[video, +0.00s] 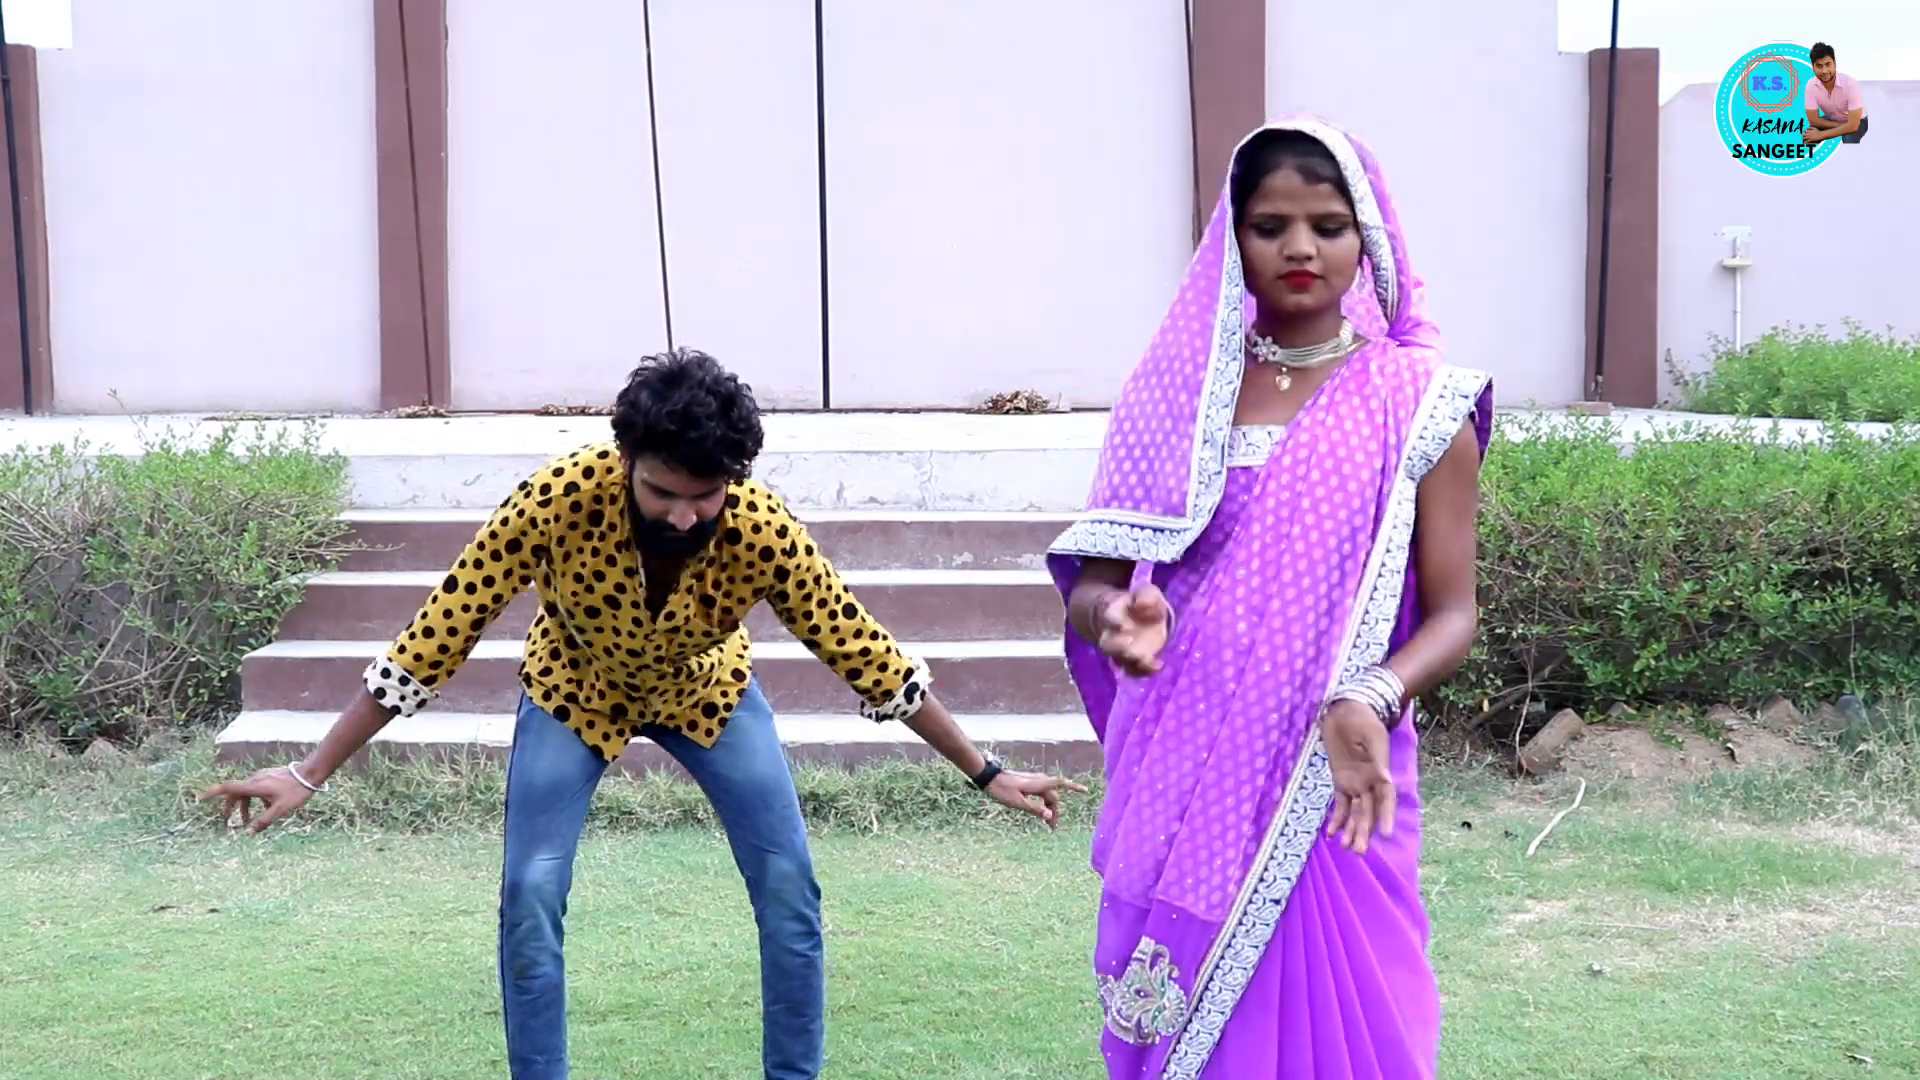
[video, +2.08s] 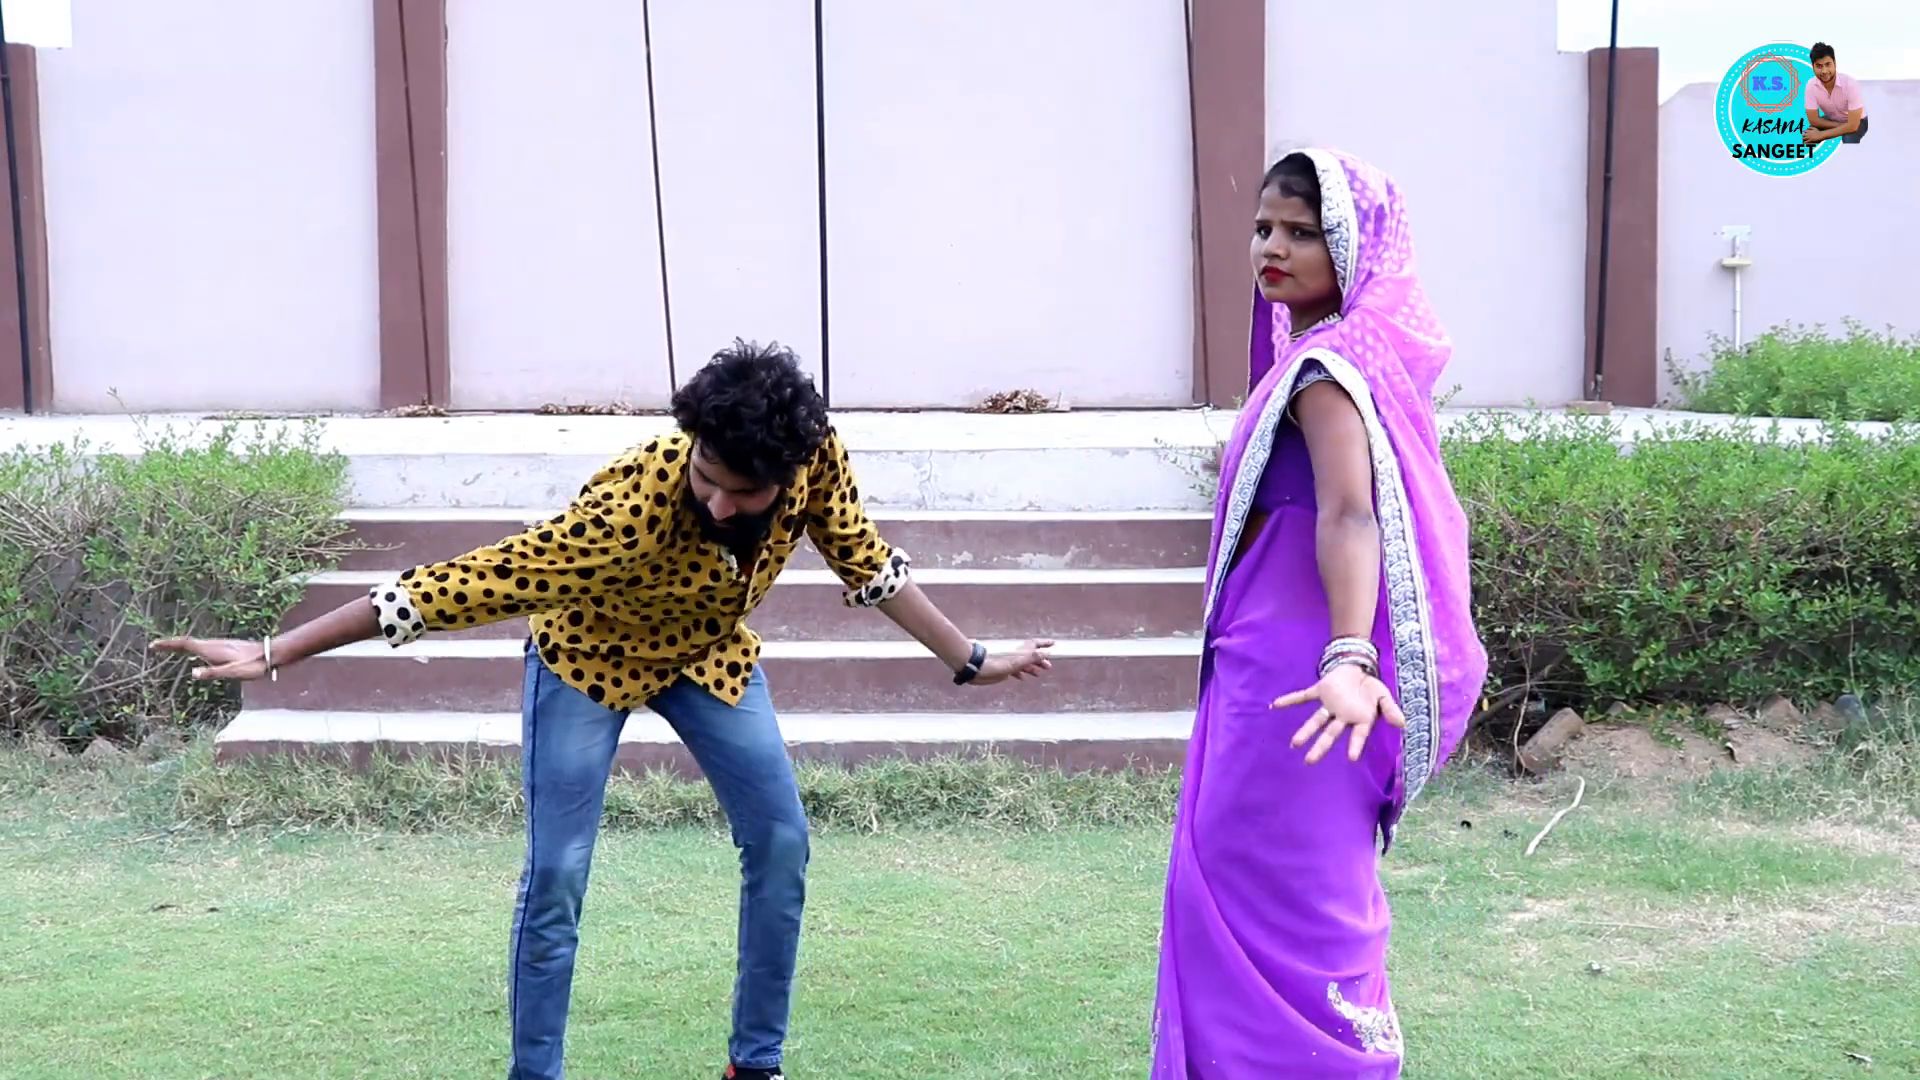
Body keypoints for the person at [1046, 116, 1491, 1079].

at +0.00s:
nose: (1299, 248)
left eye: (1327, 224)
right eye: (1272, 225)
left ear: (1364, 240)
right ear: (1235, 240)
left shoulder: (1420, 400)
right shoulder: (1175, 391)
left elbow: (1454, 612)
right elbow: (1090, 583)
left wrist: (1373, 695)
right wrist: (1115, 615)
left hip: (1327, 791)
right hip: (1177, 781)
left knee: (1331, 1046)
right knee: (1171, 1043)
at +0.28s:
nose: (1315, 260)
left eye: (1345, 235)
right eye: (1294, 236)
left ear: (1405, 236)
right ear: (1272, 238)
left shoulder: (1451, 389)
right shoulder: (1271, 369)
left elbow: (1441, 603)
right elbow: (1223, 526)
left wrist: (1257, 690)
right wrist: (1193, 574)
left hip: (1381, 777)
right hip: (1246, 755)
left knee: (1367, 1036)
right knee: (1238, 1021)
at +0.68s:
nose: (1288, 242)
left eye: (1308, 221)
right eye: (1295, 219)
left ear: (1376, 242)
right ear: (1371, 247)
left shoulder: (1380, 393)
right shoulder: (1432, 368)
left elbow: (1386, 615)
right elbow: (1345, 549)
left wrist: (1364, 813)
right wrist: (1216, 503)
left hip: (1346, 776)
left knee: (1351, 1034)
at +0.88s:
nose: (1293, 252)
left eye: (1310, 233)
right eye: (1298, 231)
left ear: (1373, 248)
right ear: (1384, 251)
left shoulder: (1369, 393)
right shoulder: (1443, 368)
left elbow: (1357, 608)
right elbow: (1368, 570)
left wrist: (1279, 781)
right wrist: (1260, 649)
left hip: (1359, 763)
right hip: (1419, 741)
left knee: (1362, 1027)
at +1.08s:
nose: (1289, 253)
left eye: (1307, 236)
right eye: (1297, 233)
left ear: (1366, 257)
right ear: (1373, 262)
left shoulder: (1351, 389)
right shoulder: (1454, 376)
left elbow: (1342, 595)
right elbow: (1428, 590)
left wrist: (1182, 662)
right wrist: (1301, 659)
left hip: (1357, 748)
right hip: (1443, 735)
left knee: (1345, 1009)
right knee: (1422, 999)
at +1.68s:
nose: (1273, 241)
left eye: (1297, 227)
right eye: (1274, 222)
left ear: (1361, 247)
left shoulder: (1337, 381)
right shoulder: (1404, 360)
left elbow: (1352, 581)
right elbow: (1386, 579)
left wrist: (1316, 754)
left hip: (1312, 742)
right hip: (1376, 738)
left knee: (1277, 1006)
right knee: (1359, 997)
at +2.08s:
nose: (1271, 249)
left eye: (1298, 234)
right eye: (1265, 230)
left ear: (1355, 253)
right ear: (1256, 235)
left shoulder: (1325, 367)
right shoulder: (1351, 357)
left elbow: (1353, 514)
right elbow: (1341, 522)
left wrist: (1351, 655)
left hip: (1291, 691)